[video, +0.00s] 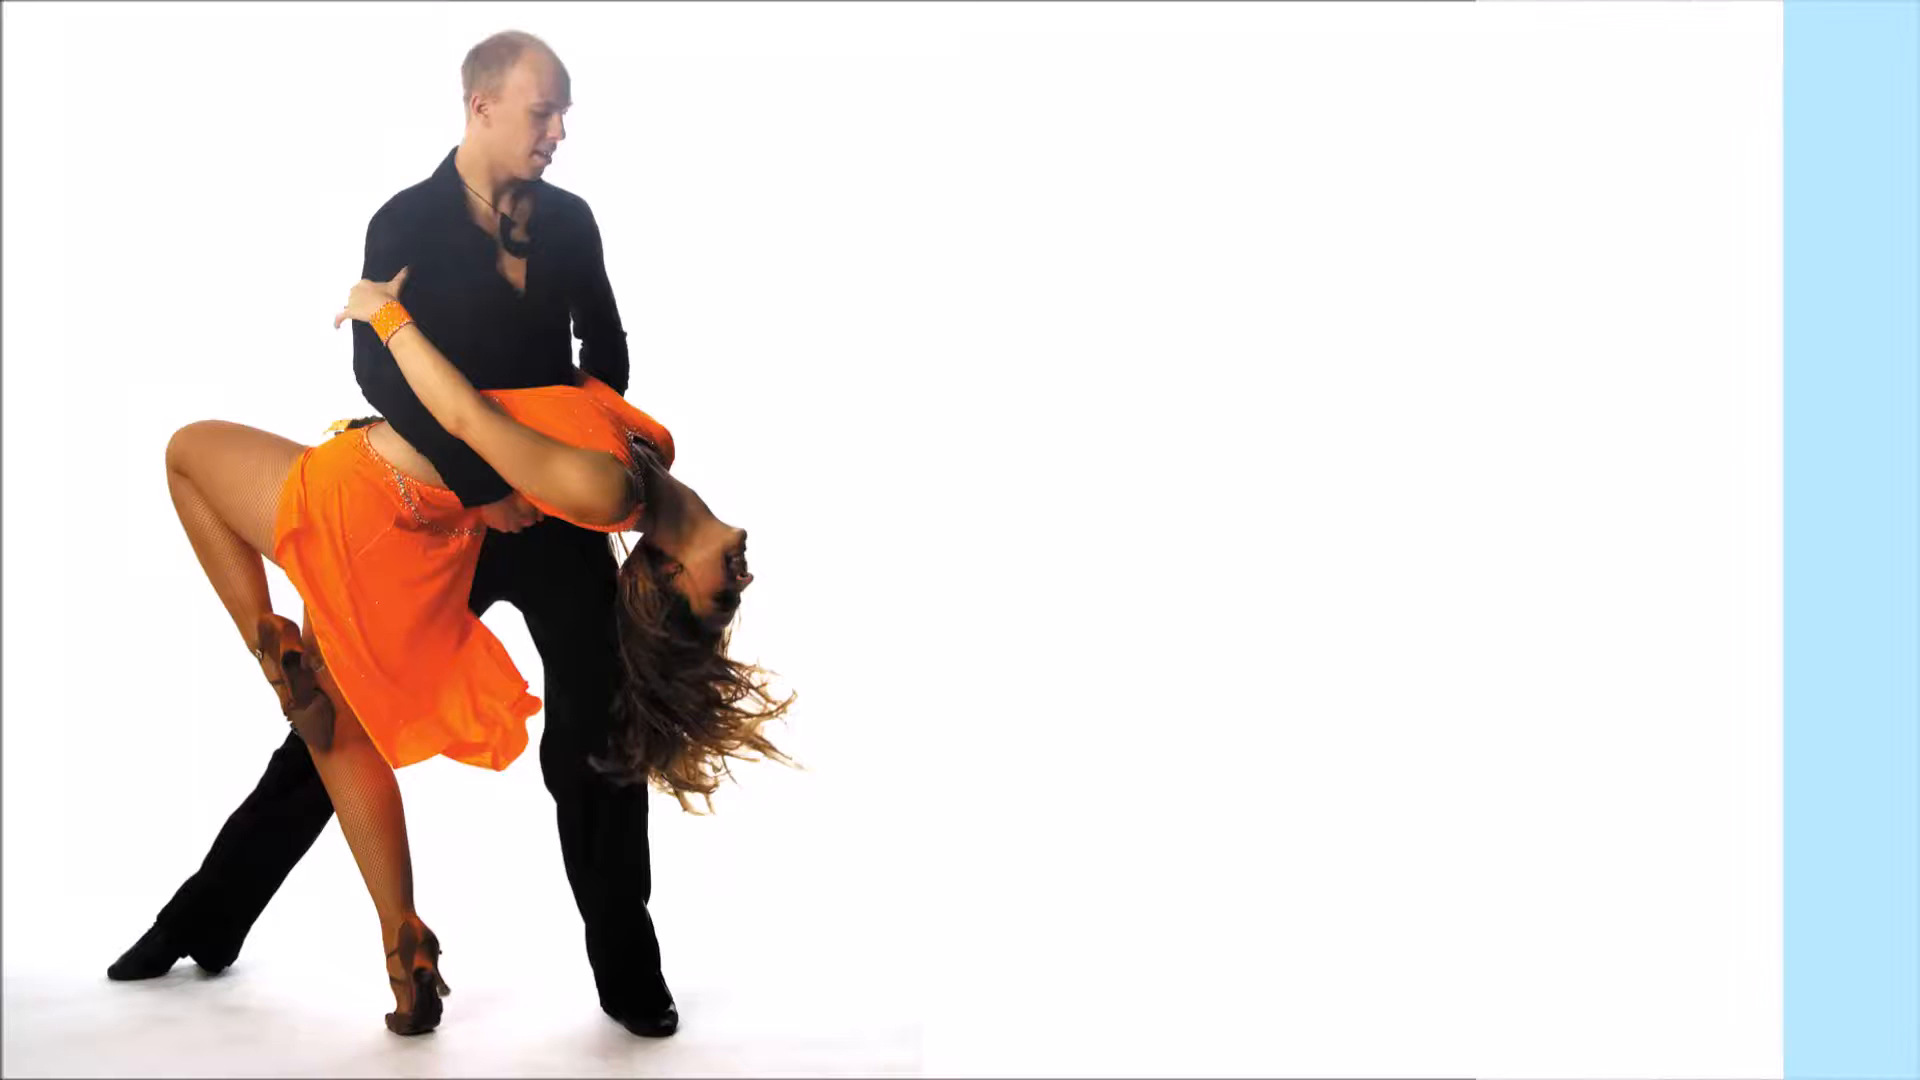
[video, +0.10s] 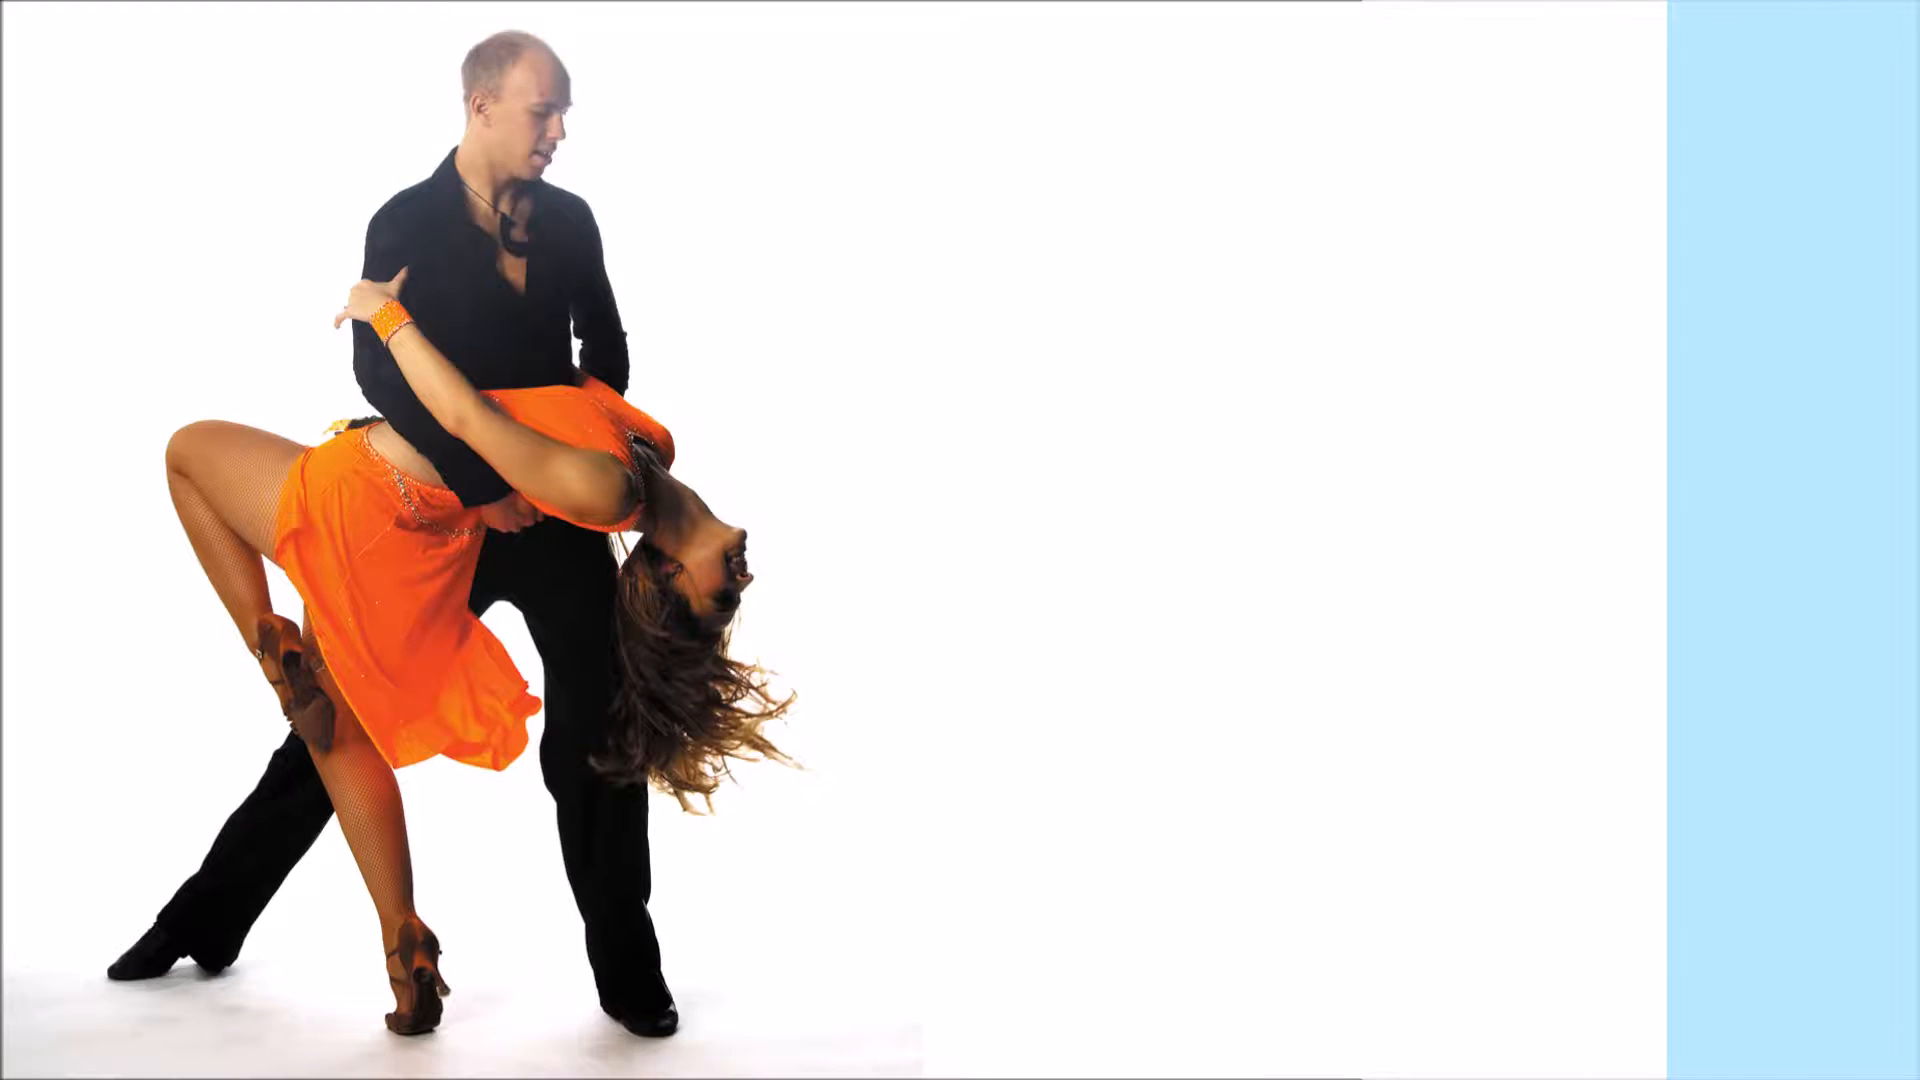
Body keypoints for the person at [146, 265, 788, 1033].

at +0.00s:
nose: (738, 548)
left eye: (720, 568)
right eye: (743, 564)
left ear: (658, 577)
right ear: (713, 554)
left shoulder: (601, 488)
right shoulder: (642, 484)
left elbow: (462, 413)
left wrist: (385, 315)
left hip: (356, 502)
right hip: (421, 535)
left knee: (190, 454)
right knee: (340, 730)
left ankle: (267, 642)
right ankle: (403, 937)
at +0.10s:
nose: (737, 549)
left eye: (716, 571)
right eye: (741, 566)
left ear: (661, 575)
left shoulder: (602, 489)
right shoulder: (641, 477)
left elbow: (464, 413)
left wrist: (383, 315)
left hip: (358, 500)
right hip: (424, 531)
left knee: (190, 455)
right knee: (340, 730)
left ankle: (270, 644)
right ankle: (403, 936)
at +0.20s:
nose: (737, 549)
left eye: (716, 571)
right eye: (741, 566)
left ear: (661, 576)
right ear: (712, 553)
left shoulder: (602, 489)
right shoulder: (641, 477)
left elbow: (464, 413)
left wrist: (383, 315)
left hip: (358, 500)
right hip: (424, 531)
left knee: (190, 455)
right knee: (341, 730)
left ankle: (270, 643)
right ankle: (403, 936)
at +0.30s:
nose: (738, 550)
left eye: (717, 572)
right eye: (742, 567)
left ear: (660, 577)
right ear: (717, 553)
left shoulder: (601, 489)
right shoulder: (641, 480)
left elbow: (464, 413)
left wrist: (385, 316)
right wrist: (399, 325)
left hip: (356, 501)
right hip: (423, 534)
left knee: (190, 454)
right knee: (340, 727)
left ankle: (269, 643)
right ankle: (403, 935)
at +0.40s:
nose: (737, 549)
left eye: (716, 571)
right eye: (741, 566)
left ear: (661, 575)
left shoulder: (602, 489)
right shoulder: (641, 477)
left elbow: (464, 413)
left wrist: (383, 315)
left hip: (358, 500)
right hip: (423, 531)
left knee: (190, 455)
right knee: (341, 729)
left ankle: (269, 643)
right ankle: (403, 936)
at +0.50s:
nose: (738, 549)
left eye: (716, 571)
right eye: (741, 566)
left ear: (661, 576)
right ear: (711, 554)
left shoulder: (601, 489)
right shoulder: (640, 478)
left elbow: (464, 413)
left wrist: (385, 315)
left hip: (356, 501)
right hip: (422, 533)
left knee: (190, 454)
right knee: (339, 729)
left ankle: (269, 644)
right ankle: (403, 936)